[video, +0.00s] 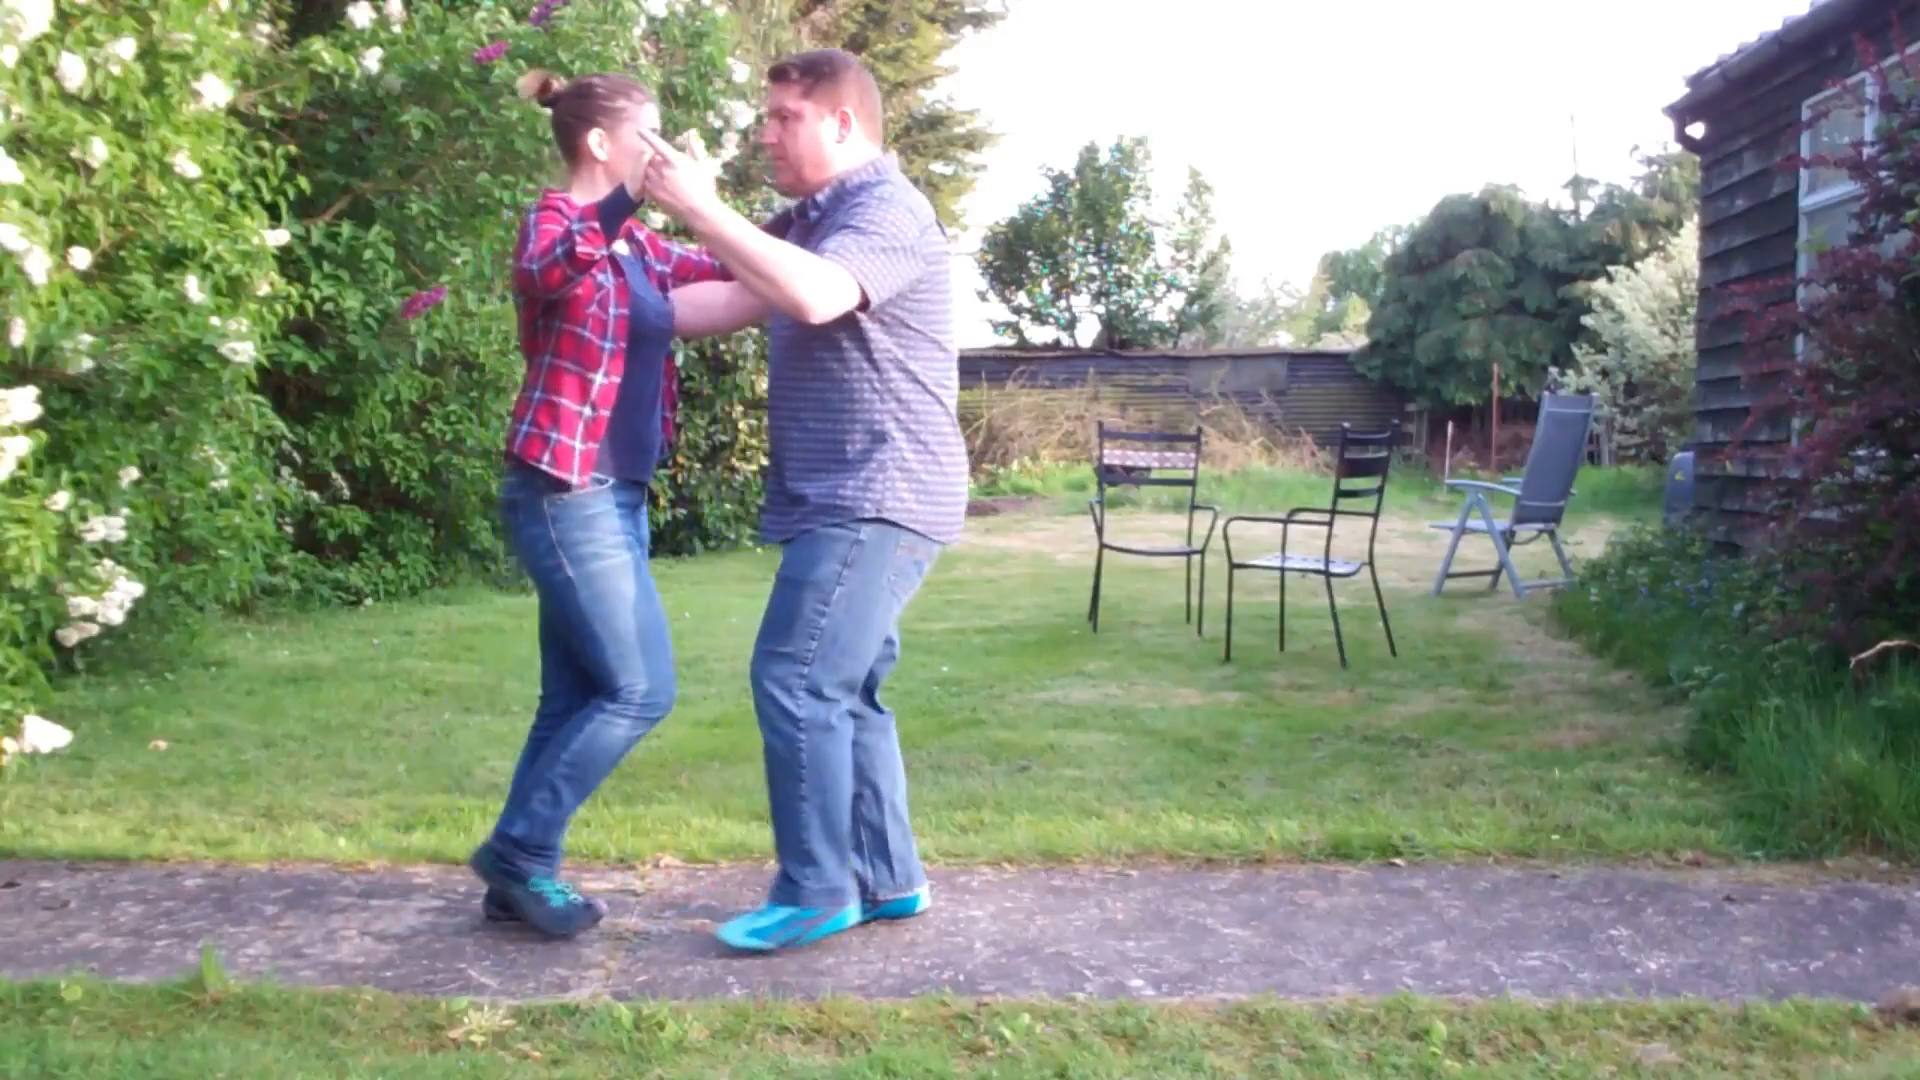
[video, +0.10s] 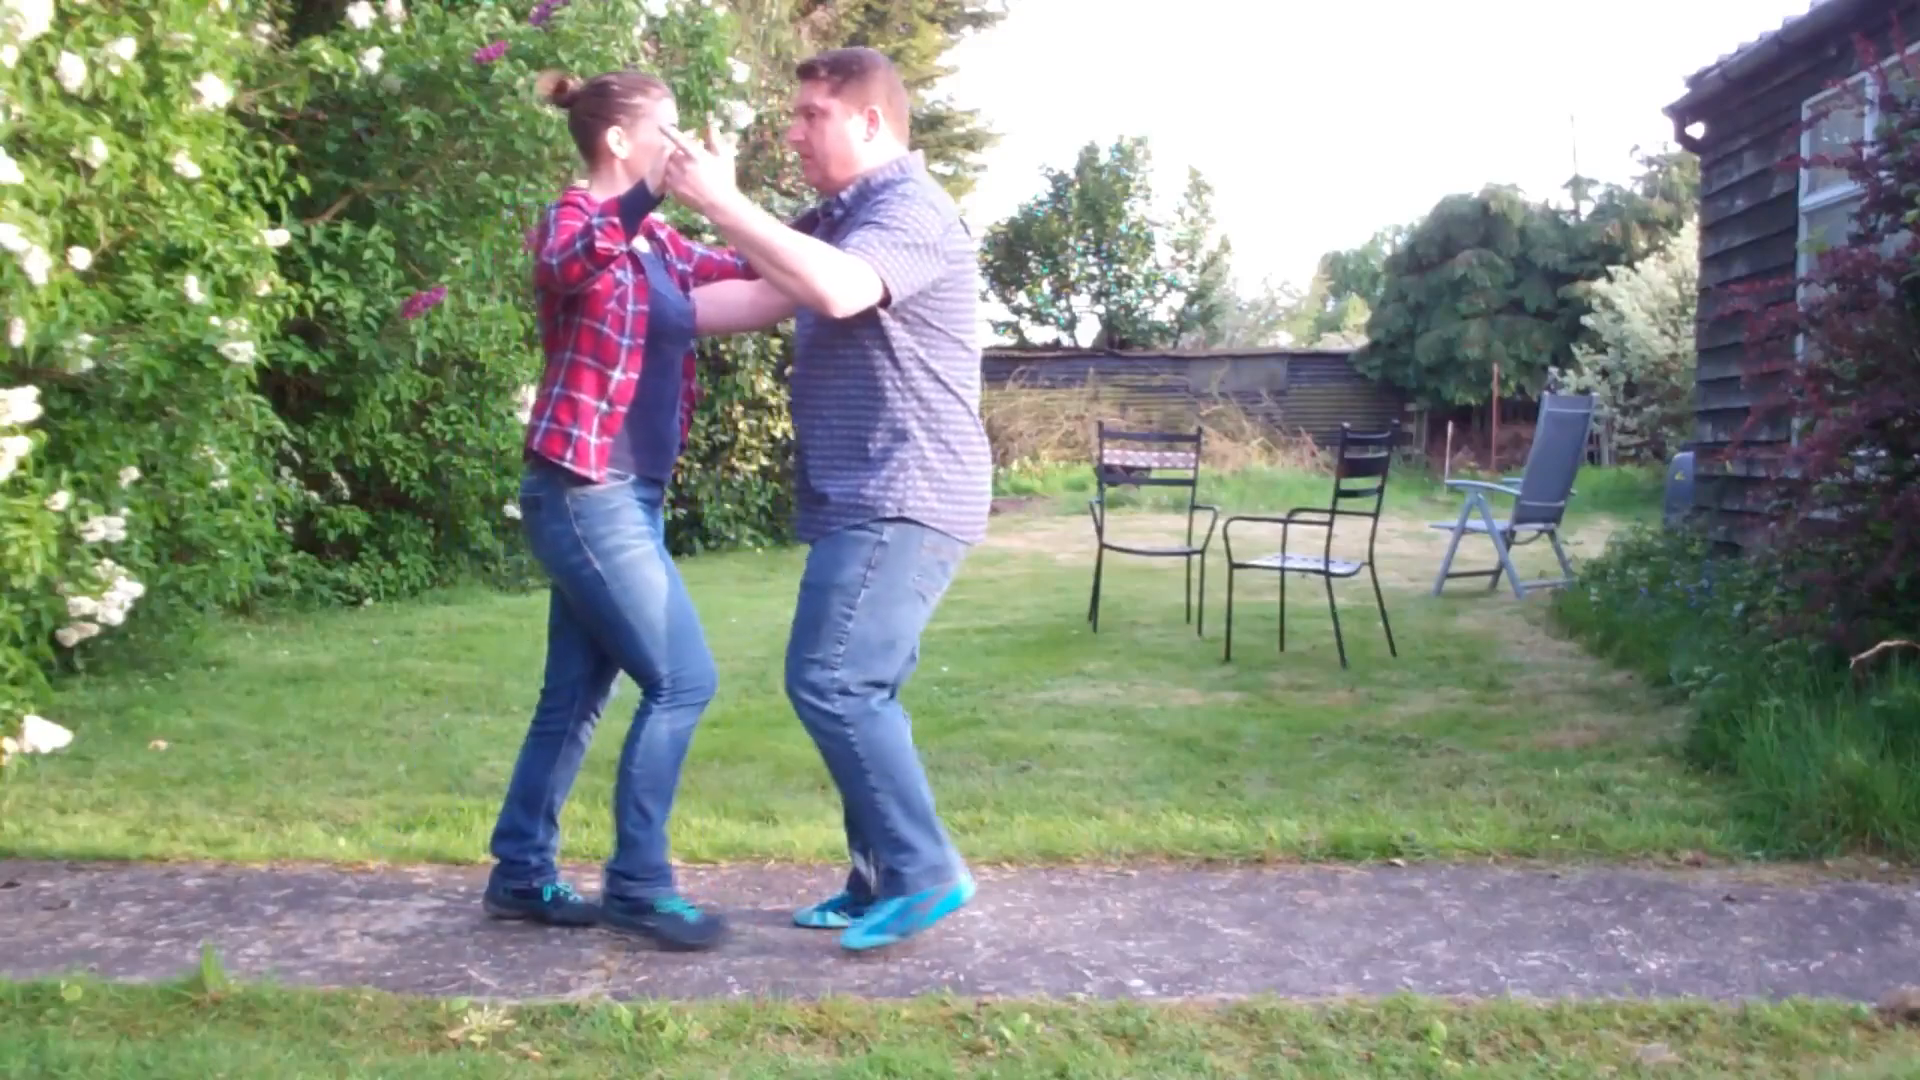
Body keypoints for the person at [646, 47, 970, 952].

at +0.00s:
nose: (764, 135)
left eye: (781, 118)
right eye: (765, 118)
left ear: (839, 121)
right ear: (824, 124)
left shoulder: (886, 208)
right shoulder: (817, 223)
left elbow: (816, 294)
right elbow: (707, 299)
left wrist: (703, 208)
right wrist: (596, 302)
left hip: (883, 495)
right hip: (842, 496)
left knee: (795, 678)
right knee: (850, 687)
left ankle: (817, 891)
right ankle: (887, 874)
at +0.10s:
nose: (793, 131)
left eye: (810, 114)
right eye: (795, 115)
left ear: (869, 119)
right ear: (851, 122)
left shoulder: (909, 208)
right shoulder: (844, 220)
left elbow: (842, 288)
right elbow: (749, 296)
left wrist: (723, 202)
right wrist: (624, 304)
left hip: (908, 496)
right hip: (865, 497)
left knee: (832, 680)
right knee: (854, 686)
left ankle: (928, 873)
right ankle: (879, 878)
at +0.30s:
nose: (856, 127)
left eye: (872, 110)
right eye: (857, 111)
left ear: (929, 116)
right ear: (907, 121)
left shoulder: (966, 200)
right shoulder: (909, 213)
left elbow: (891, 273)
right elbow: (813, 291)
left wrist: (769, 188)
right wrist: (686, 297)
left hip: (971, 495)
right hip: (924, 499)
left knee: (958, 695)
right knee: (898, 684)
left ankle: (1062, 900)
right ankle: (895, 886)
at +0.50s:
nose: (914, 128)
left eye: (928, 111)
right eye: (916, 113)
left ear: (985, 111)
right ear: (978, 114)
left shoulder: (1033, 198)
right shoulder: (969, 214)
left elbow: (948, 268)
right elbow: (870, 292)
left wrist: (827, 188)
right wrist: (739, 308)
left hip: (1029, 499)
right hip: (976, 504)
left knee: (1016, 704)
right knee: (934, 679)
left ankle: (1074, 917)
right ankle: (984, 883)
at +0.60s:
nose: (943, 128)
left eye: (955, 111)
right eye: (945, 113)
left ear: (1010, 110)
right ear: (1005, 114)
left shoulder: (1063, 199)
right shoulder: (994, 213)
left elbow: (978, 268)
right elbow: (896, 289)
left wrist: (856, 189)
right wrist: (764, 312)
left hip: (1048, 499)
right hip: (998, 503)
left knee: (1028, 703)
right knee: (964, 682)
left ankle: (1070, 920)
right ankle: (1093, 846)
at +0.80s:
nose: (988, 124)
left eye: (1000, 105)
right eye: (990, 106)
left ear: (1052, 106)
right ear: (1055, 108)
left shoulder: (1100, 195)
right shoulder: (1040, 208)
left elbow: (1022, 264)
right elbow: (935, 288)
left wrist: (898, 185)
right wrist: (802, 308)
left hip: (1079, 494)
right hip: (1046, 495)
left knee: (1055, 709)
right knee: (1101, 699)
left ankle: (1071, 921)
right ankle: (1215, 869)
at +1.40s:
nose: (922, 138)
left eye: (931, 119)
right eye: (920, 122)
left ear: (985, 110)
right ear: (982, 114)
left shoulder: (1027, 192)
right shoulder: (976, 208)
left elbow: (944, 260)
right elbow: (871, 286)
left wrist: (812, 191)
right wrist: (743, 299)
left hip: (1014, 486)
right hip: (972, 489)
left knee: (992, 694)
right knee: (967, 681)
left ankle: (1011, 913)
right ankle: (1115, 817)